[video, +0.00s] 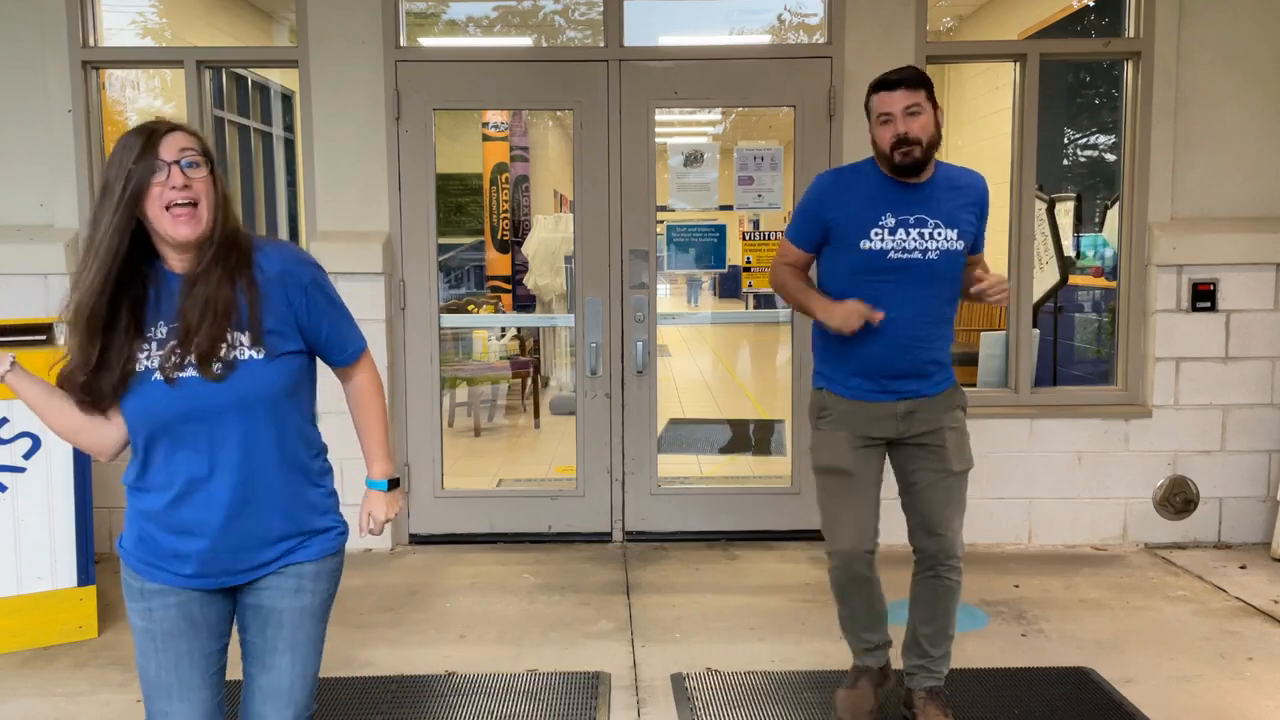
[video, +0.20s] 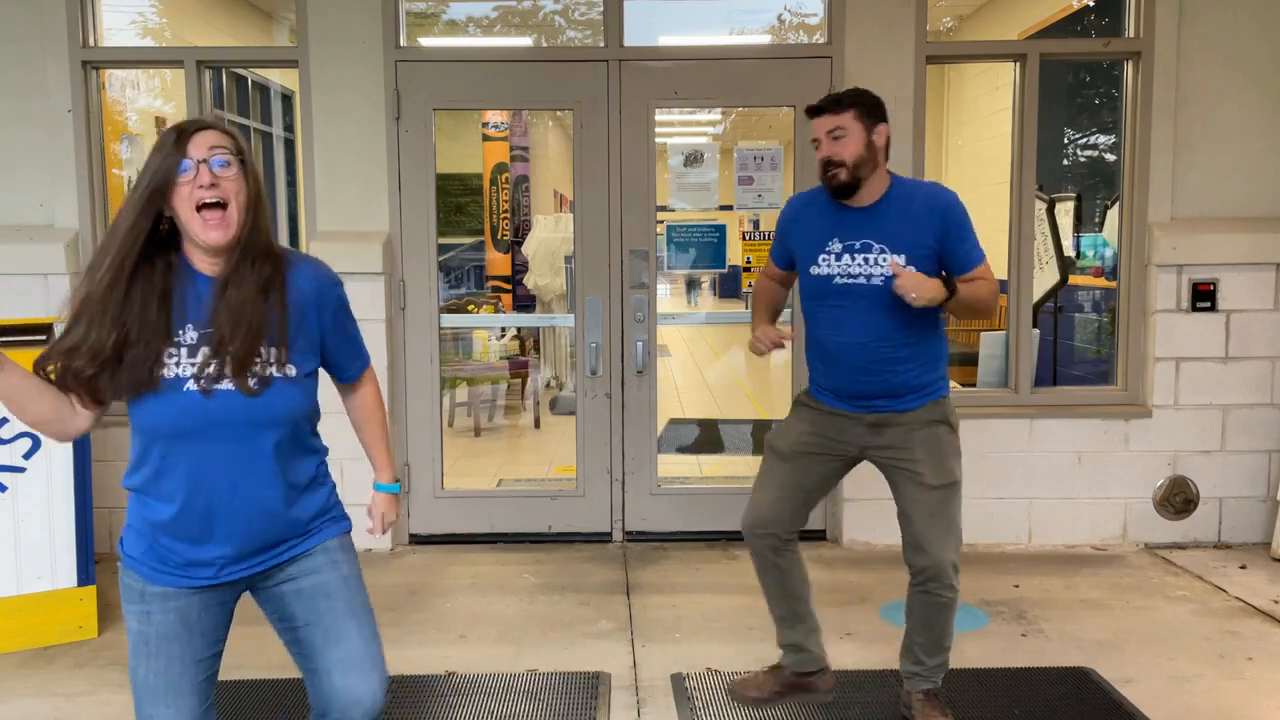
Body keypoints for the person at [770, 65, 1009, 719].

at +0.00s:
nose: (901, 128)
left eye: (913, 113)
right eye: (885, 118)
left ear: (938, 119)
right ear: (870, 129)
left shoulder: (969, 193)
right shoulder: (832, 192)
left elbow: (969, 268)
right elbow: (784, 271)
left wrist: (983, 283)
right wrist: (825, 308)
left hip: (934, 403)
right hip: (846, 406)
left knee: (942, 550)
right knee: (848, 551)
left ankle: (926, 683)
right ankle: (869, 664)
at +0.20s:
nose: (825, 151)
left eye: (837, 136)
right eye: (817, 141)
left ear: (878, 137)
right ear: (813, 149)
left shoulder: (936, 207)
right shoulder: (801, 215)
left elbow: (988, 301)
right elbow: (773, 279)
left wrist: (943, 291)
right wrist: (762, 325)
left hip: (917, 419)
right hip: (824, 415)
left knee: (935, 564)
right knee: (765, 527)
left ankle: (922, 686)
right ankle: (804, 665)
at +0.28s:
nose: (781, 146)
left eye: (793, 132)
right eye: (777, 136)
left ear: (837, 130)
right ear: (780, 143)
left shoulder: (901, 193)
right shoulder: (779, 208)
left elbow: (971, 278)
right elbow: (750, 268)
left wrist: (891, 263)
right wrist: (735, 292)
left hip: (902, 408)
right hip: (818, 404)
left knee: (918, 560)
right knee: (761, 517)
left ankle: (924, 687)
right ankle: (758, 675)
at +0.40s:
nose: (732, 155)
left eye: (741, 142)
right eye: (729, 145)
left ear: (783, 137)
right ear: (758, 146)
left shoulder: (837, 188)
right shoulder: (751, 211)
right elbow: (724, 259)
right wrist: (689, 290)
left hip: (873, 405)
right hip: (804, 409)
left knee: (895, 561)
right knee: (758, 532)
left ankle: (930, 687)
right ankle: (732, 682)